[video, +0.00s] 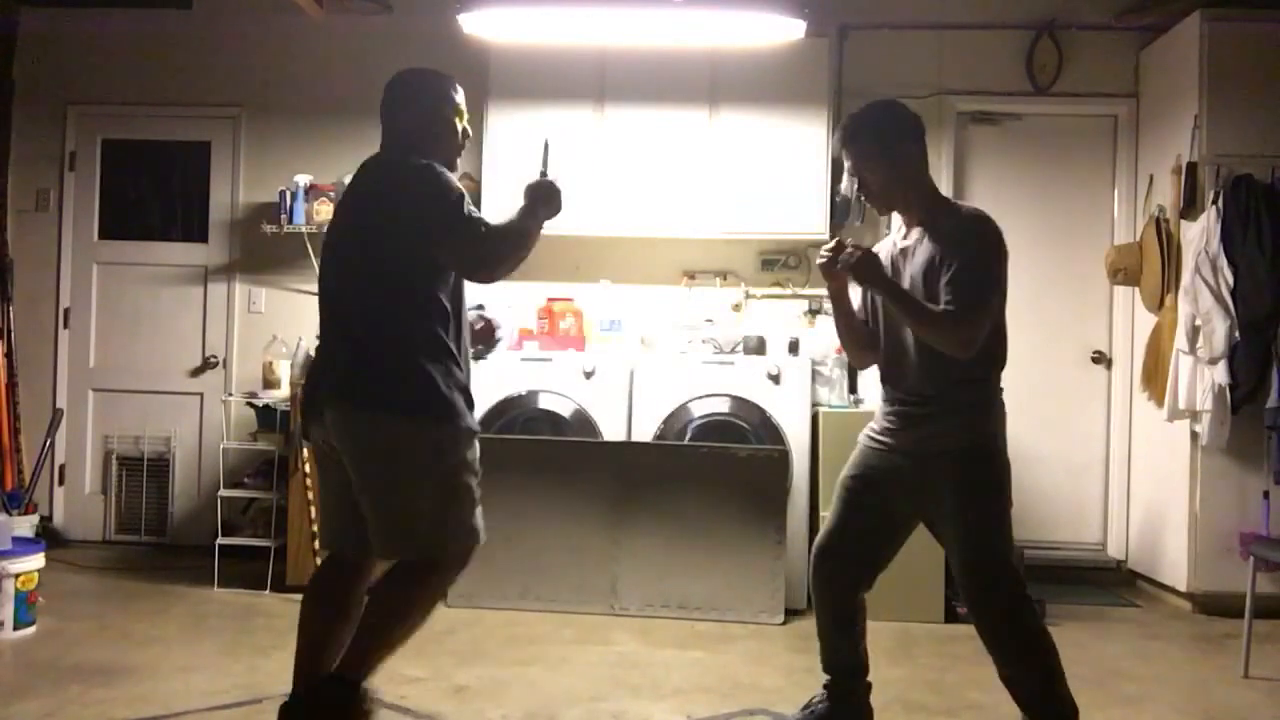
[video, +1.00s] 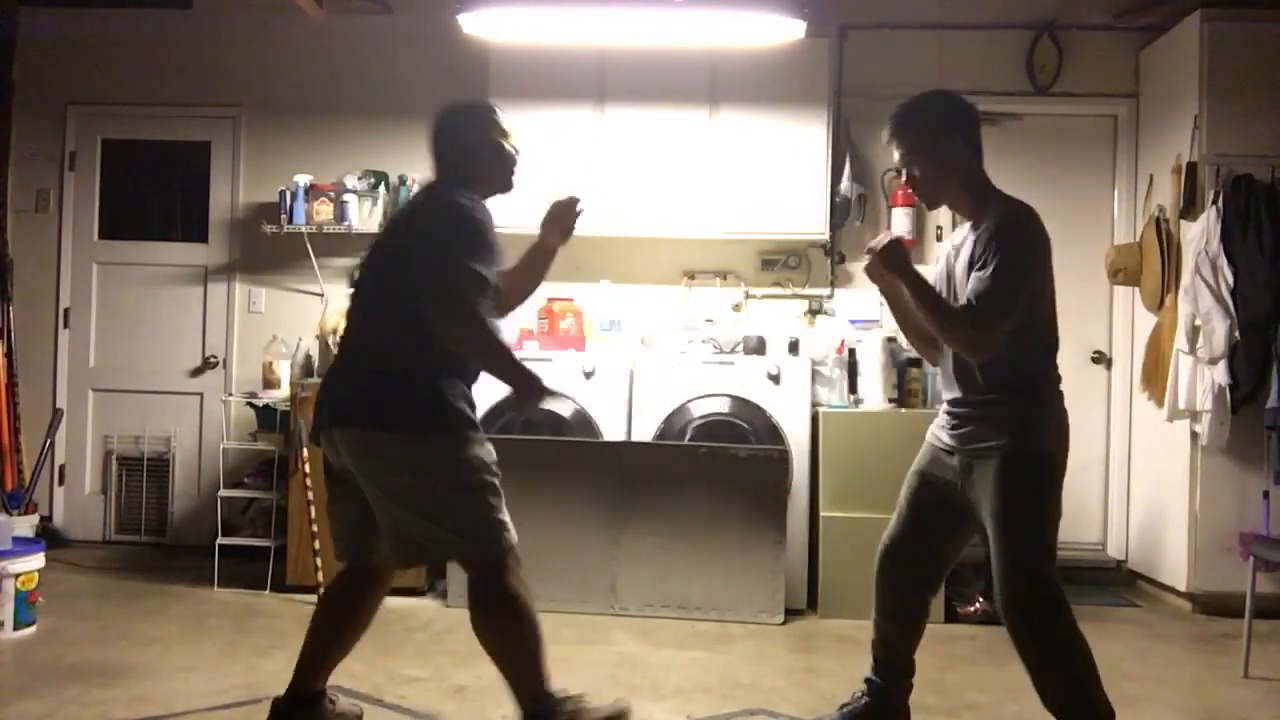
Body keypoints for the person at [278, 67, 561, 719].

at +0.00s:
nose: (467, 128)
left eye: (466, 117)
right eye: (456, 114)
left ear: (393, 121)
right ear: (419, 118)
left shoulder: (362, 190)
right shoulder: (424, 183)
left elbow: (377, 312)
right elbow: (486, 257)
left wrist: (458, 335)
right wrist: (534, 213)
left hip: (337, 395)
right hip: (406, 398)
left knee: (349, 553)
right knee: (447, 544)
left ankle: (306, 700)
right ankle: (342, 687)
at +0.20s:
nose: (492, 145)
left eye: (489, 133)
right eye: (483, 133)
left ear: (426, 140)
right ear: (457, 139)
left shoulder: (390, 202)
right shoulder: (462, 198)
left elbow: (433, 278)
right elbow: (489, 290)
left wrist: (516, 270)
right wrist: (553, 309)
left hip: (333, 399)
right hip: (416, 402)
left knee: (356, 558)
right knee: (480, 547)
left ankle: (304, 700)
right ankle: (395, 688)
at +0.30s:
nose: (531, 172)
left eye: (527, 159)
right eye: (519, 159)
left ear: (465, 168)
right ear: (489, 167)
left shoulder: (411, 226)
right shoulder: (500, 237)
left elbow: (373, 311)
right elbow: (554, 325)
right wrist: (600, 386)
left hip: (333, 405)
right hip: (423, 410)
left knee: (362, 569)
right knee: (508, 550)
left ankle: (307, 702)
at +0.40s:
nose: (578, 229)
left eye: (578, 216)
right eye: (573, 214)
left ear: (512, 213)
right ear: (550, 215)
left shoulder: (449, 258)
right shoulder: (551, 284)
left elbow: (411, 344)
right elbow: (626, 362)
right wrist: (692, 428)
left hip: (353, 423)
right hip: (442, 434)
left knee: (379, 570)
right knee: (539, 560)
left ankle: (311, 700)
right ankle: (567, 711)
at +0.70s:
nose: (614, 257)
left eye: (614, 244)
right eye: (609, 242)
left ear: (543, 234)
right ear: (586, 239)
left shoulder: (481, 271)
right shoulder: (582, 304)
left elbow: (452, 364)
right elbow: (658, 390)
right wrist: (723, 447)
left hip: (378, 444)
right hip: (468, 454)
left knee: (410, 571)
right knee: (577, 559)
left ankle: (312, 683)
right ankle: (577, 713)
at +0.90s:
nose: (546, 179)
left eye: (540, 166)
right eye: (532, 167)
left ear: (476, 182)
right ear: (501, 181)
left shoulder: (436, 239)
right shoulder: (506, 249)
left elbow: (482, 321)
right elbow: (533, 347)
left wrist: (548, 272)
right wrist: (595, 419)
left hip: (349, 426)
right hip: (430, 430)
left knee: (384, 571)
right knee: (517, 566)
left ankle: (305, 696)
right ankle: (562, 709)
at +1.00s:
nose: (516, 150)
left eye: (509, 138)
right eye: (503, 139)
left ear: (456, 153)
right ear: (469, 149)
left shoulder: (419, 212)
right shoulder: (457, 213)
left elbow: (496, 299)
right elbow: (456, 318)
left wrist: (549, 241)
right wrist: (528, 384)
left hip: (351, 413)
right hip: (418, 414)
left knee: (370, 564)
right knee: (494, 558)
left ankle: (301, 697)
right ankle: (540, 705)